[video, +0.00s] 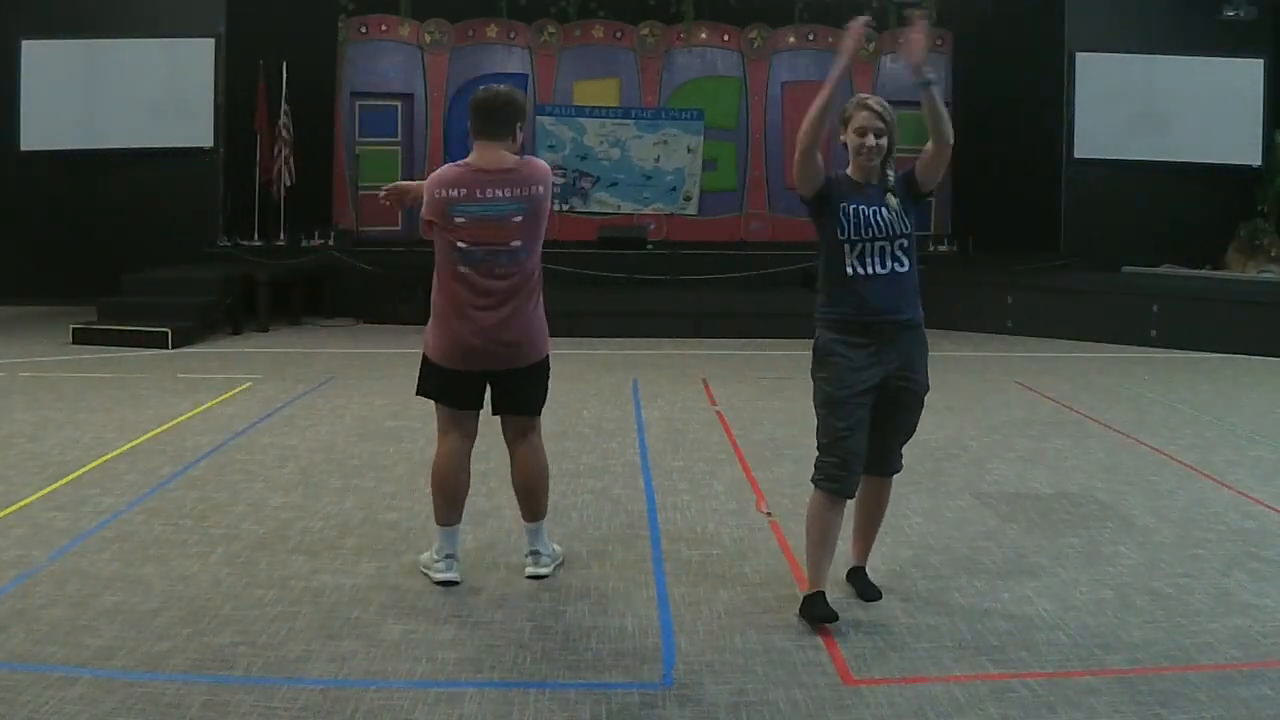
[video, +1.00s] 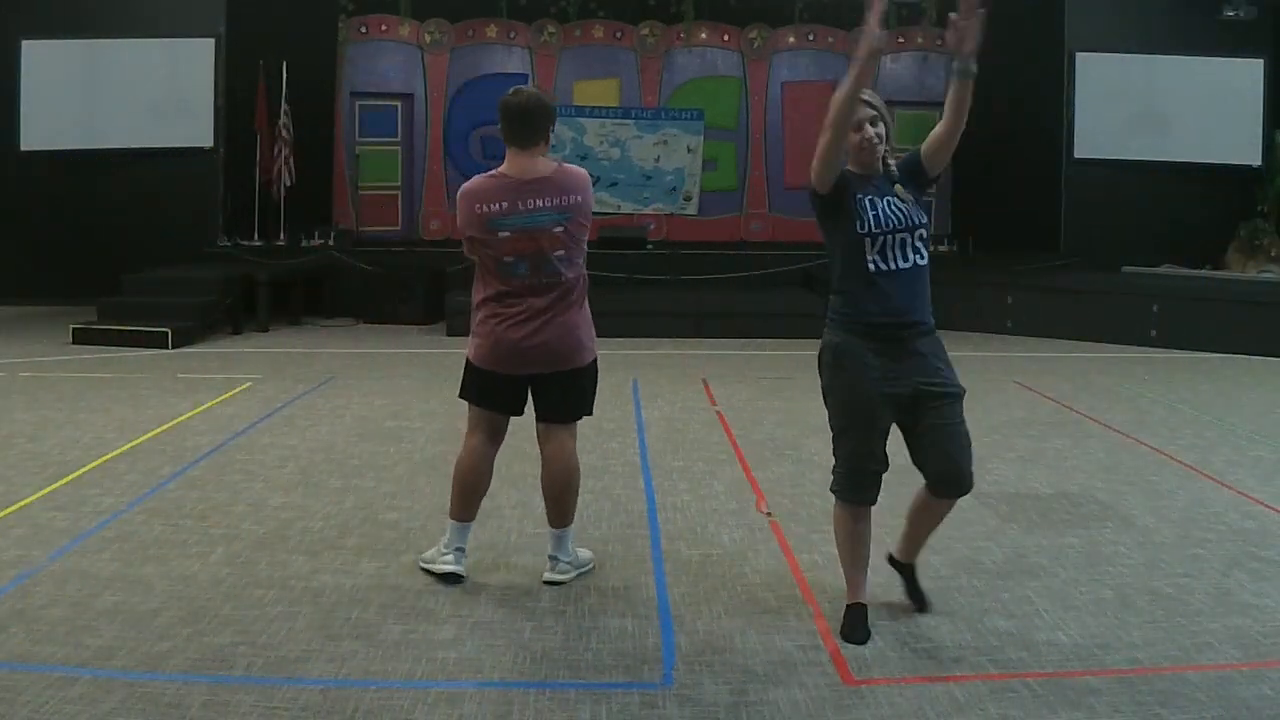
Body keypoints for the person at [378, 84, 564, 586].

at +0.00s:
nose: (525, 134)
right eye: (525, 127)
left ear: (470, 127)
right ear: (519, 131)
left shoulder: (443, 181)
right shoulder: (539, 177)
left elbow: (432, 229)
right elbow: (488, 184)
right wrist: (421, 189)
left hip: (455, 340)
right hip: (522, 339)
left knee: (453, 436)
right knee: (525, 436)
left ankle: (446, 555)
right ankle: (538, 549)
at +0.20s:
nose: (514, 135)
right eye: (515, 129)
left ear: (461, 128)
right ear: (509, 132)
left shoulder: (432, 181)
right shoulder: (528, 178)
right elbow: (475, 182)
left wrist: (400, 189)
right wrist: (405, 189)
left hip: (440, 341)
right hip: (508, 340)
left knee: (445, 437)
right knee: (530, 428)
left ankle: (445, 556)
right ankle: (547, 543)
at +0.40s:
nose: (518, 136)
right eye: (518, 129)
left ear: (465, 130)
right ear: (513, 132)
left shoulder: (435, 183)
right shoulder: (531, 178)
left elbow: (427, 223)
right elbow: (476, 182)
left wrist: (471, 165)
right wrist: (391, 189)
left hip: (445, 340)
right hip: (512, 340)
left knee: (448, 439)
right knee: (527, 432)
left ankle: (445, 556)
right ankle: (556, 549)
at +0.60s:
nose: (532, 135)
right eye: (532, 128)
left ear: (480, 130)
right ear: (527, 132)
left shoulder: (448, 191)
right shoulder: (546, 177)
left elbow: (441, 231)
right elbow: (497, 186)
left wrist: (479, 171)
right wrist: (405, 201)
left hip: (463, 342)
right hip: (531, 341)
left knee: (460, 439)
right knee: (535, 437)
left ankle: (446, 556)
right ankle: (559, 554)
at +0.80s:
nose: (541, 136)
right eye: (543, 128)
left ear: (491, 130)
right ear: (540, 131)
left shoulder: (463, 193)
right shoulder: (562, 177)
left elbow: (456, 236)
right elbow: (502, 200)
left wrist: (420, 228)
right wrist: (426, 221)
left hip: (483, 344)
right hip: (551, 342)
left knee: (472, 437)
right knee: (549, 436)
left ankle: (448, 553)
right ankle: (560, 554)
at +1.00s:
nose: (548, 134)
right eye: (552, 127)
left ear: (502, 131)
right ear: (550, 131)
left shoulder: (472, 195)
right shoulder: (578, 185)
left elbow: (476, 255)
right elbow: (575, 244)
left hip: (497, 344)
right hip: (565, 343)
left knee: (481, 437)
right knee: (559, 441)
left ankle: (453, 550)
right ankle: (561, 554)